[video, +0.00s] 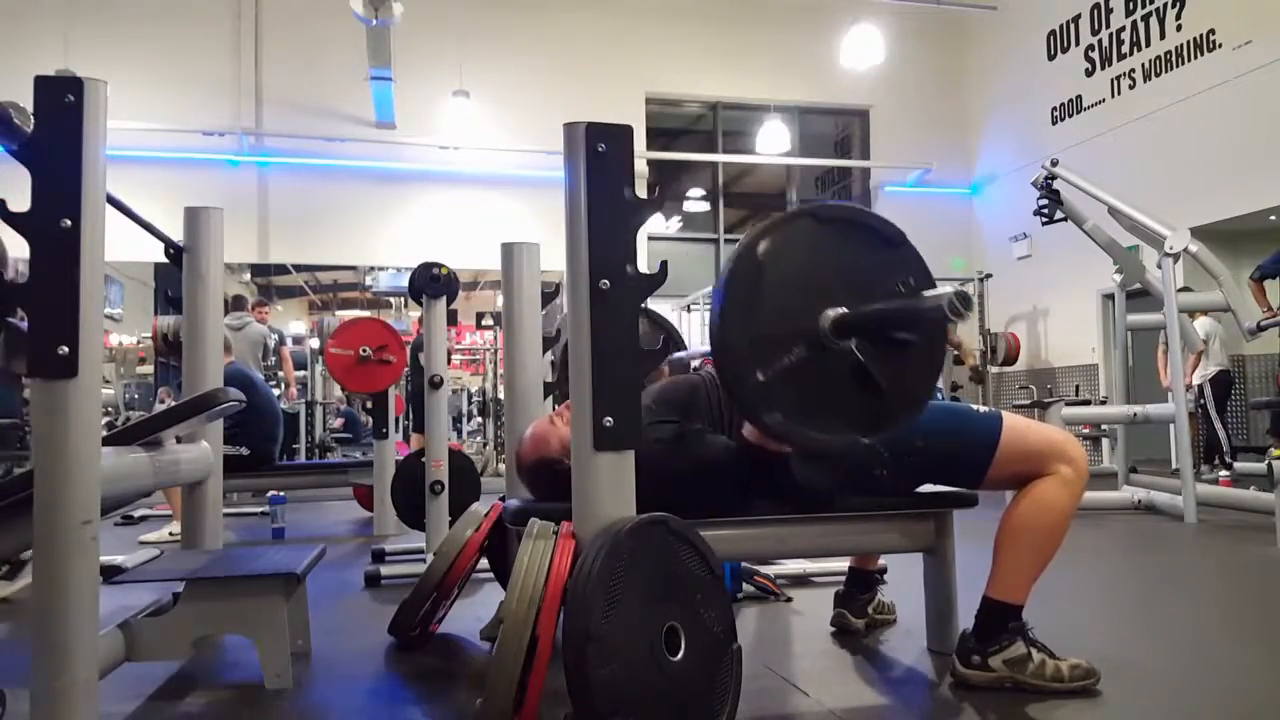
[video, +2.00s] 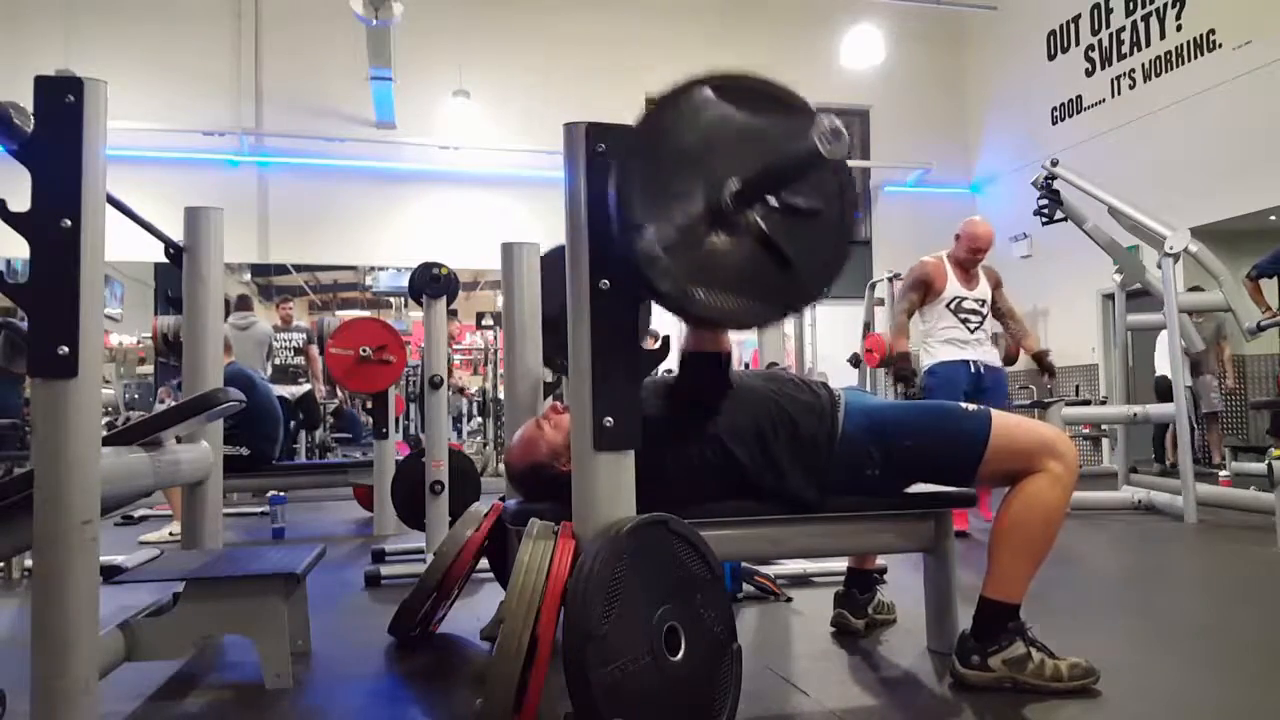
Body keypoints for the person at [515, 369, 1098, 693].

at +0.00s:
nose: (553, 409)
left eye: (544, 415)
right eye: (550, 422)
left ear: (562, 443)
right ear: (568, 450)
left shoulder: (622, 433)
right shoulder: (633, 454)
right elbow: (757, 442)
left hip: (808, 435)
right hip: (846, 444)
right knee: (1063, 457)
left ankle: (857, 597)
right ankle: (993, 640)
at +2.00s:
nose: (552, 410)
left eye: (541, 414)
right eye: (543, 425)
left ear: (557, 444)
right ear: (561, 460)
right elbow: (703, 384)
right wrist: (710, 258)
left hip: (818, 413)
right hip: (839, 437)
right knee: (1055, 454)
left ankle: (860, 593)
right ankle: (992, 643)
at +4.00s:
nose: (545, 409)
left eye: (534, 414)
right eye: (537, 427)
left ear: (554, 425)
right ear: (557, 462)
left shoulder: (608, 429)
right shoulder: (618, 450)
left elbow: (655, 330)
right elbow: (670, 316)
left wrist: (670, 217)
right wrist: (674, 213)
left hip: (821, 419)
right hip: (840, 434)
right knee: (1049, 453)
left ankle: (859, 592)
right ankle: (992, 639)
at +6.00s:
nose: (539, 406)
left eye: (526, 412)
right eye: (530, 425)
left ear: (552, 452)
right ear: (553, 461)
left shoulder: (603, 427)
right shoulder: (618, 439)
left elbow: (645, 319)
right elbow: (655, 306)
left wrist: (659, 195)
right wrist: (661, 189)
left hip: (808, 419)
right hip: (832, 432)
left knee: (908, 435)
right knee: (1044, 450)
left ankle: (859, 595)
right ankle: (992, 641)